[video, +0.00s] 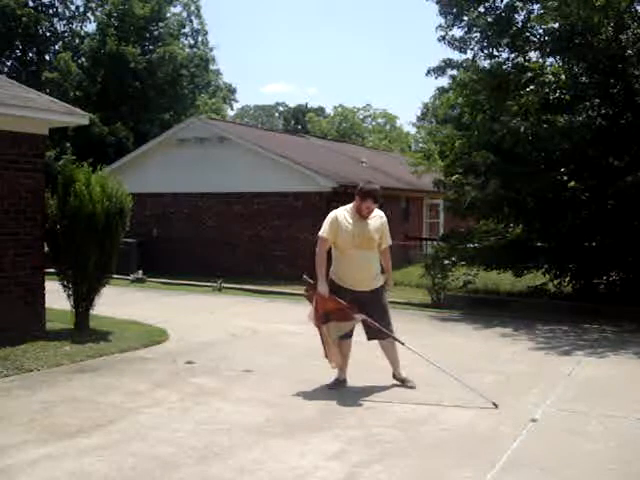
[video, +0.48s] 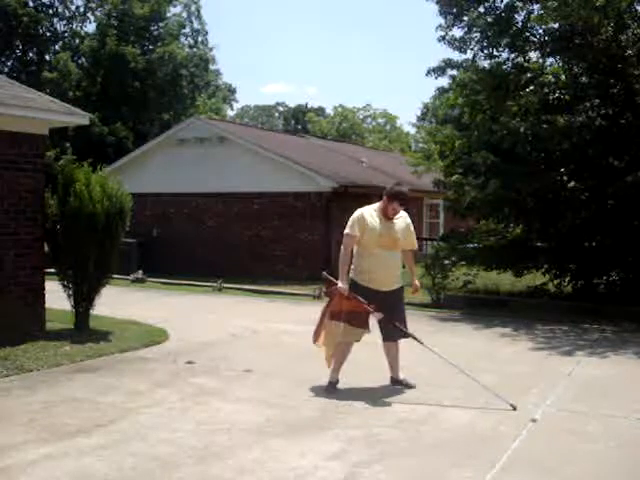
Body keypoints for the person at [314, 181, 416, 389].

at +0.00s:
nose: (369, 210)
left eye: (373, 206)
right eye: (366, 205)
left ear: (377, 205)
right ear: (356, 200)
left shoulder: (379, 218)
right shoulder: (337, 217)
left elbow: (384, 250)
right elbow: (321, 249)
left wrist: (388, 275)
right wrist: (322, 282)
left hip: (373, 288)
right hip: (342, 289)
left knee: (386, 333)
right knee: (343, 335)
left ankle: (397, 372)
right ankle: (341, 375)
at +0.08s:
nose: (375, 208)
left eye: (378, 204)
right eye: (372, 203)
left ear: (381, 204)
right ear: (362, 200)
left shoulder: (384, 218)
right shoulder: (342, 217)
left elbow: (388, 250)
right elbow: (326, 248)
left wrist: (390, 278)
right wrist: (325, 282)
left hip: (378, 288)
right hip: (347, 288)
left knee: (386, 334)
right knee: (346, 334)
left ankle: (396, 374)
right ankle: (341, 376)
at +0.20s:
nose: (385, 212)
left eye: (388, 208)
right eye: (382, 207)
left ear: (392, 206)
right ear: (372, 201)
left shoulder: (394, 218)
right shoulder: (353, 218)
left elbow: (397, 251)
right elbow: (336, 251)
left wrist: (394, 275)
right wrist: (331, 282)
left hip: (386, 289)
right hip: (355, 287)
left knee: (389, 336)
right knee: (349, 335)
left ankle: (395, 376)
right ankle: (341, 376)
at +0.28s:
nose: (388, 211)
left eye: (391, 208)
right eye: (385, 207)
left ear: (394, 206)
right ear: (375, 201)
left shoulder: (397, 218)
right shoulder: (356, 217)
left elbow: (400, 251)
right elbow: (338, 249)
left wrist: (396, 275)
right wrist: (333, 282)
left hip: (388, 288)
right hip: (357, 287)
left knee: (390, 336)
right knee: (349, 335)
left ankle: (395, 376)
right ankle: (340, 376)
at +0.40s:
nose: (394, 210)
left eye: (398, 207)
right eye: (391, 205)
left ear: (402, 206)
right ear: (382, 200)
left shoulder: (403, 219)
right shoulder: (361, 216)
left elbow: (407, 251)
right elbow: (345, 250)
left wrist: (411, 275)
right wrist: (339, 281)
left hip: (392, 288)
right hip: (361, 286)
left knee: (392, 335)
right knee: (348, 332)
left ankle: (396, 376)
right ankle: (334, 375)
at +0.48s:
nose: (396, 209)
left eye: (400, 206)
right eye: (393, 204)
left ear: (403, 205)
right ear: (384, 199)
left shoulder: (404, 220)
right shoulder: (362, 216)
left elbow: (408, 251)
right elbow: (346, 248)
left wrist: (413, 277)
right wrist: (343, 280)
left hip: (392, 290)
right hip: (362, 287)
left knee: (392, 336)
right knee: (348, 334)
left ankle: (395, 377)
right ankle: (333, 378)